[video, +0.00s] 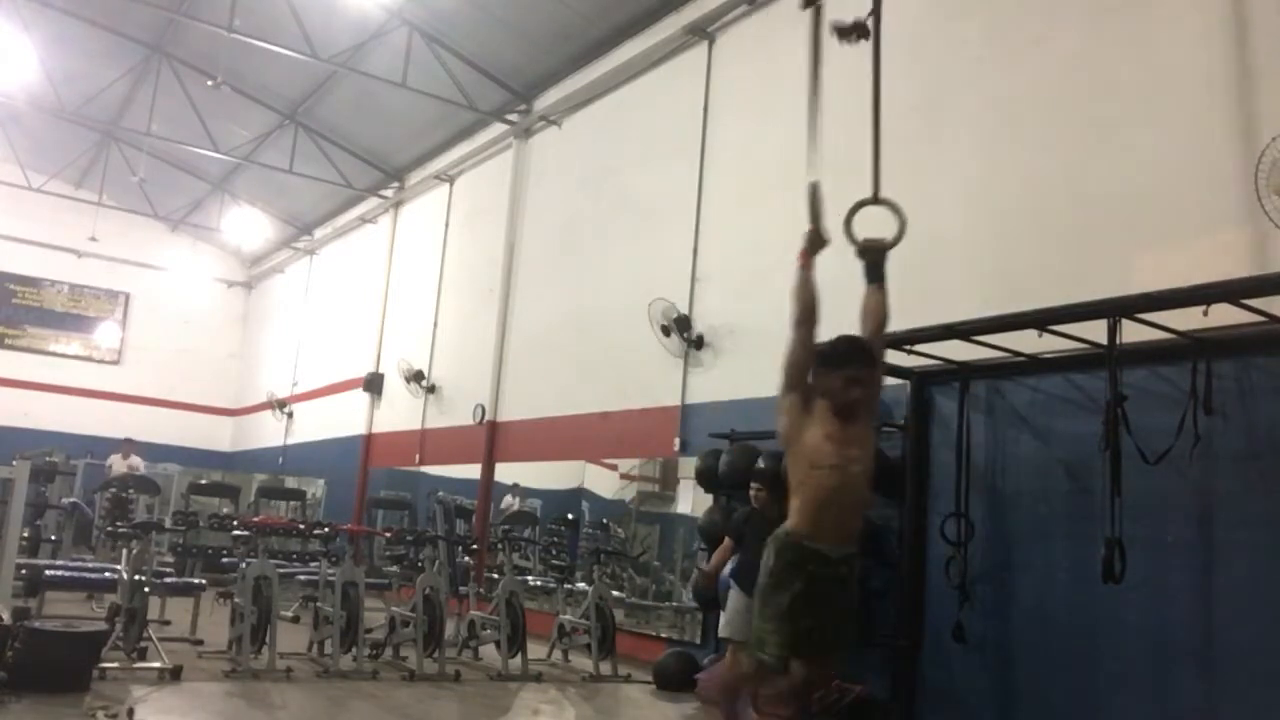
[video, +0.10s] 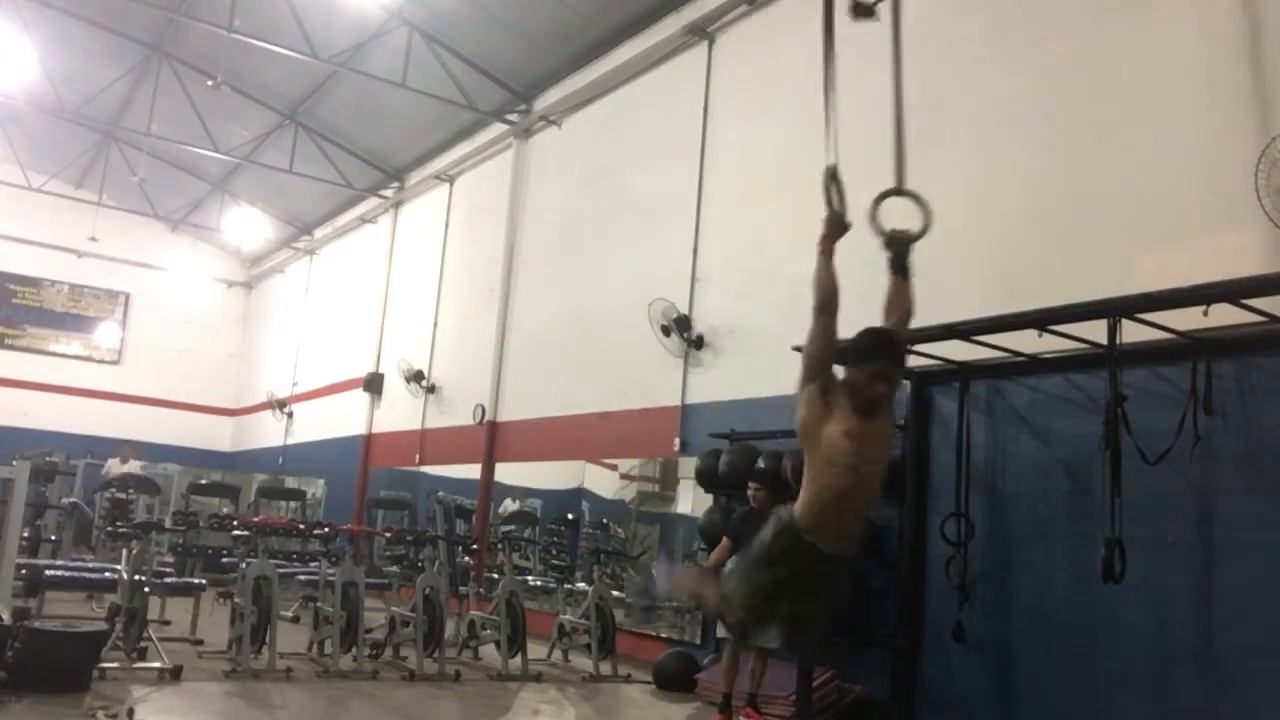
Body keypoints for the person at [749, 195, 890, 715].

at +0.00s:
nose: (859, 391)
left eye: (864, 382)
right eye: (849, 382)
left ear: (870, 383)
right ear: (822, 380)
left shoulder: (865, 414)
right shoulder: (798, 409)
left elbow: (875, 335)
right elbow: (803, 328)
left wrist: (874, 267)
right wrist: (805, 261)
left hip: (841, 564)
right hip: (792, 557)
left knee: (813, 675)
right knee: (763, 662)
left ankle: (762, 704)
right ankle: (714, 692)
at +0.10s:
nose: (879, 389)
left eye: (888, 380)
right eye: (872, 378)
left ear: (896, 382)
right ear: (849, 370)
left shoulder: (882, 406)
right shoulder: (820, 402)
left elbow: (897, 324)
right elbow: (824, 314)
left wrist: (899, 259)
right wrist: (827, 246)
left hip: (837, 560)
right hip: (792, 545)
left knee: (791, 633)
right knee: (733, 607)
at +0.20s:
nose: (897, 382)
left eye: (904, 373)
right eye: (890, 369)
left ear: (910, 368)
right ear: (865, 356)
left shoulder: (891, 392)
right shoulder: (828, 389)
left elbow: (918, 320)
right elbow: (833, 304)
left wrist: (924, 252)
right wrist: (840, 231)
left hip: (833, 542)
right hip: (784, 524)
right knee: (708, 564)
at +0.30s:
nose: (901, 376)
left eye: (908, 366)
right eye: (894, 363)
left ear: (913, 364)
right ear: (870, 351)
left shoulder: (893, 385)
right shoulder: (830, 379)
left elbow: (926, 315)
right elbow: (835, 297)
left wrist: (935, 245)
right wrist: (845, 222)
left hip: (815, 521)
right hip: (774, 504)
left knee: (765, 582)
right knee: (699, 542)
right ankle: (663, 465)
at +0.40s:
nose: (896, 376)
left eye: (903, 367)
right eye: (889, 364)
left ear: (909, 365)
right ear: (863, 351)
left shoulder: (889, 386)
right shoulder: (824, 382)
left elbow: (920, 316)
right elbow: (831, 299)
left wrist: (928, 251)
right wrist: (839, 225)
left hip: (812, 524)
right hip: (771, 506)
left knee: (750, 582)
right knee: (698, 540)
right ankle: (657, 475)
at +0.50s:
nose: (882, 379)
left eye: (889, 370)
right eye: (873, 367)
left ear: (894, 370)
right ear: (848, 360)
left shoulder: (877, 395)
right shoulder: (816, 393)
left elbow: (903, 324)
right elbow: (820, 307)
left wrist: (908, 253)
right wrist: (827, 235)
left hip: (808, 541)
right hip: (767, 524)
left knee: (751, 593)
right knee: (704, 577)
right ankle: (654, 536)